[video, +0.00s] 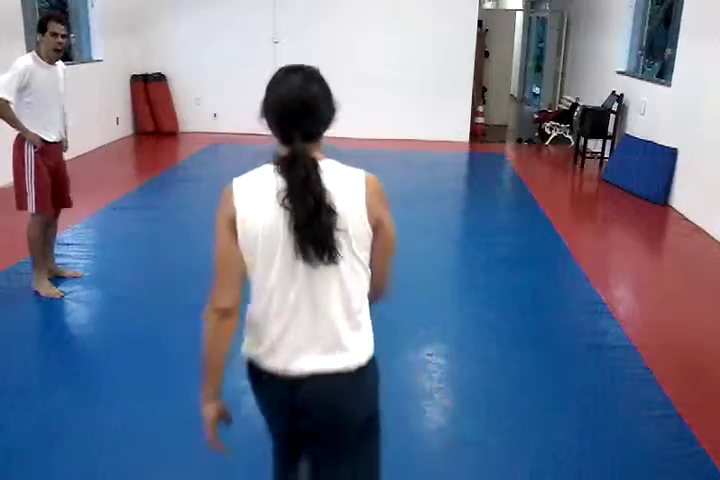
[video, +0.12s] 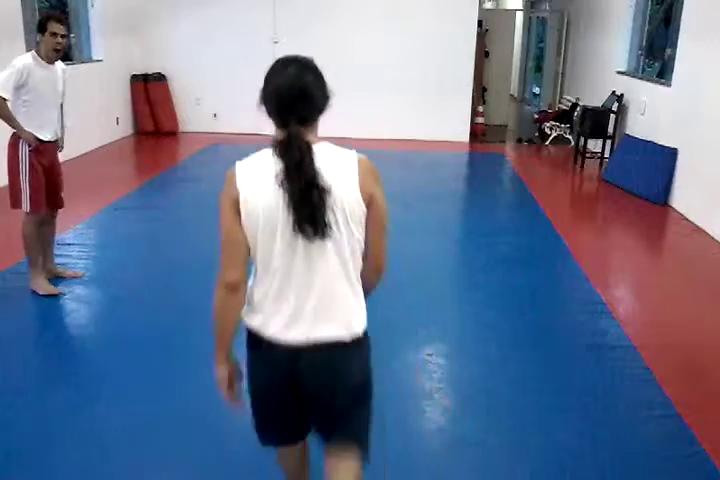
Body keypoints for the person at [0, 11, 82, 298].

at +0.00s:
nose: (59, 41)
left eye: (64, 36)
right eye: (54, 35)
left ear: (67, 40)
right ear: (40, 37)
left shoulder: (60, 68)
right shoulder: (24, 66)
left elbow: (59, 104)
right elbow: (1, 102)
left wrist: (63, 135)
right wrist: (25, 132)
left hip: (54, 146)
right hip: (33, 147)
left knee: (54, 210)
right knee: (40, 213)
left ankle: (50, 266)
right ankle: (39, 278)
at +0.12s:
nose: (59, 41)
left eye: (63, 37)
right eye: (54, 35)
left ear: (67, 40)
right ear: (40, 37)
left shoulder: (60, 69)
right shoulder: (22, 65)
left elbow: (59, 107)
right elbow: (0, 101)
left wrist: (60, 137)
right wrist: (21, 131)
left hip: (50, 146)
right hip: (27, 146)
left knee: (50, 210)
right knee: (34, 212)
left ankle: (49, 267)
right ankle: (36, 277)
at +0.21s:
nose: (57, 42)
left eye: (62, 37)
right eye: (52, 35)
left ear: (66, 40)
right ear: (38, 36)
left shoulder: (58, 69)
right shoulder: (20, 65)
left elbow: (57, 107)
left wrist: (57, 139)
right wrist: (18, 130)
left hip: (47, 145)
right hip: (23, 145)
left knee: (49, 209)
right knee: (32, 211)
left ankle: (49, 267)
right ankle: (26, 276)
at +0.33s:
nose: (51, 42)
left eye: (56, 37)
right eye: (46, 35)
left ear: (59, 40)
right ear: (32, 35)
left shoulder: (52, 70)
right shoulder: (13, 66)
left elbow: (52, 107)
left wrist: (52, 138)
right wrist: (12, 130)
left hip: (42, 144)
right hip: (18, 144)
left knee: (45, 209)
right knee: (27, 212)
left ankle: (48, 266)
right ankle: (1, 265)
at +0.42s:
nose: (44, 41)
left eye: (49, 36)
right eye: (39, 35)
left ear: (53, 40)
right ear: (25, 36)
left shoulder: (46, 69)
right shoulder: (8, 67)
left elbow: (46, 106)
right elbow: (1, 106)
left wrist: (48, 135)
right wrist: (8, 132)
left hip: (38, 146)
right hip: (14, 146)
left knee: (43, 210)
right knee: (17, 214)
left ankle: (48, 266)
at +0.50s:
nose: (37, 41)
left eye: (41, 36)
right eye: (31, 35)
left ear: (45, 39)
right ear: (17, 37)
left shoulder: (40, 68)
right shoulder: (4, 66)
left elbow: (39, 105)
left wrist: (42, 133)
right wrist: (3, 132)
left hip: (33, 147)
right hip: (11, 149)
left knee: (40, 209)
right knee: (9, 215)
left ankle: (48, 266)